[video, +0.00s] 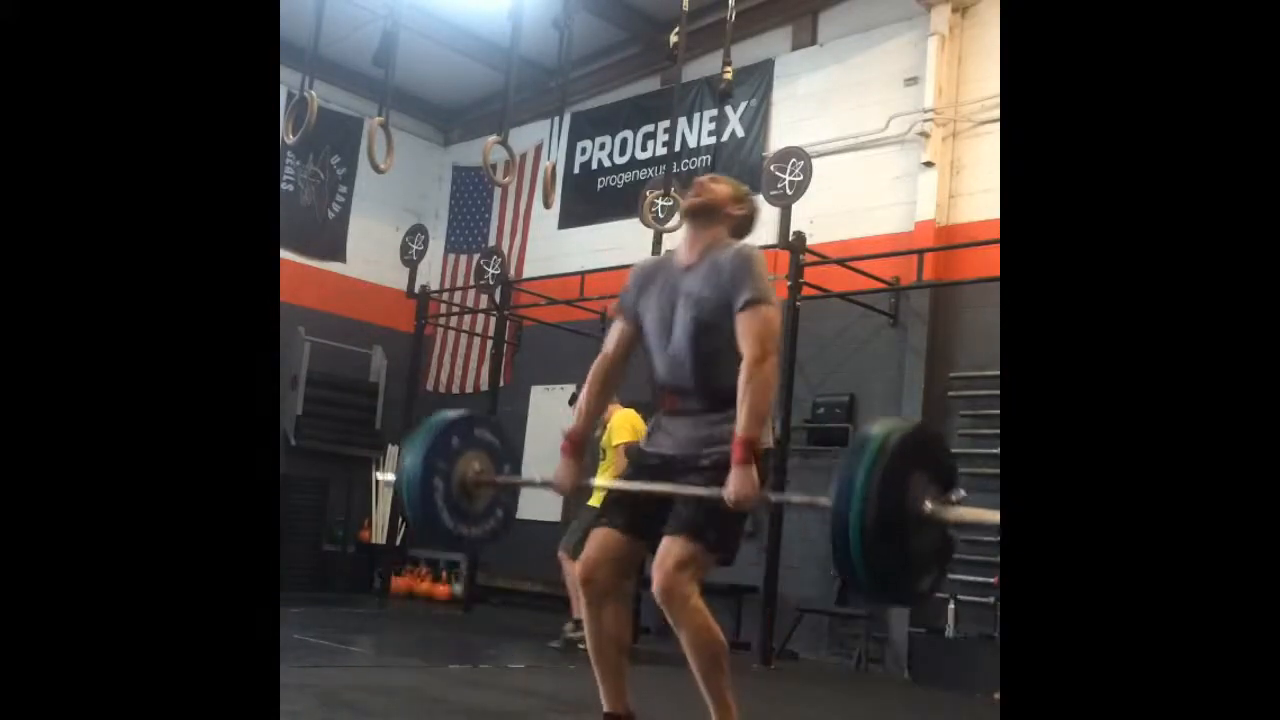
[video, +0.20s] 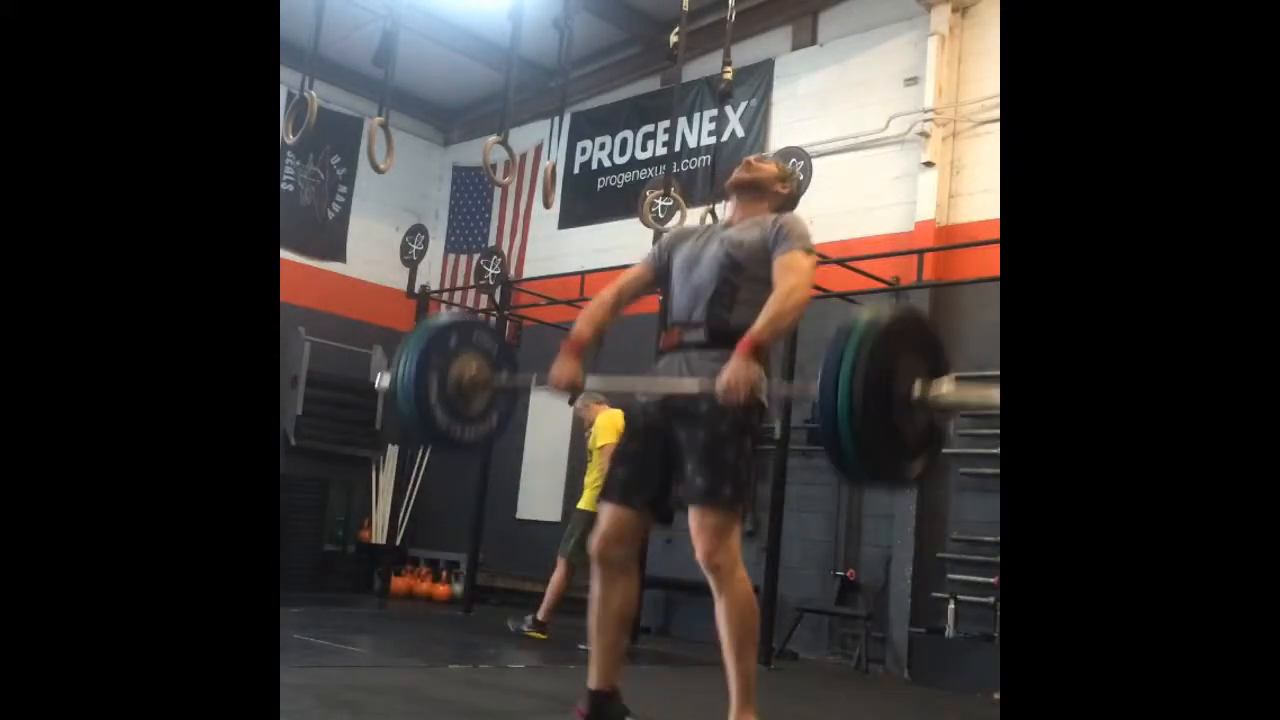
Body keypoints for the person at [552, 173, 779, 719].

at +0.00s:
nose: (700, 182)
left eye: (718, 182)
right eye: (697, 180)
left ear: (738, 210)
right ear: (685, 205)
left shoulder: (739, 261)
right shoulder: (648, 273)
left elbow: (759, 357)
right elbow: (610, 358)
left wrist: (744, 458)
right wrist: (576, 443)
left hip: (722, 446)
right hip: (660, 441)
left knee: (673, 580)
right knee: (596, 572)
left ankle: (725, 714)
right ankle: (616, 711)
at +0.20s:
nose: (748, 160)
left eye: (764, 160)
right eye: (748, 159)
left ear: (785, 187)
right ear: (730, 185)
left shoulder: (784, 224)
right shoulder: (684, 237)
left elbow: (794, 290)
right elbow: (613, 294)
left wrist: (749, 351)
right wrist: (572, 351)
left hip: (724, 392)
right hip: (658, 392)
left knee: (716, 551)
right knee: (610, 543)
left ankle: (742, 710)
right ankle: (601, 698)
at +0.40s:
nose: (713, 229)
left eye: (728, 220)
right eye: (709, 218)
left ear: (751, 235)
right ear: (699, 229)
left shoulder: (760, 300)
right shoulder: (673, 301)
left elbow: (837, 344)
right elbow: (628, 369)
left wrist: (784, 311)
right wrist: (601, 330)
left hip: (701, 467)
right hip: (630, 458)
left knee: (699, 598)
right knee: (532, 590)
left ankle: (751, 714)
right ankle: (543, 707)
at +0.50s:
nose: (672, 243)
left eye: (690, 234)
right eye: (673, 235)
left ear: (721, 255)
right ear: (666, 255)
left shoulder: (736, 329)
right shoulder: (641, 335)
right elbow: (581, 406)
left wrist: (765, 346)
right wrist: (583, 340)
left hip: (699, 499)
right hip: (625, 500)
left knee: (692, 609)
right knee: (511, 603)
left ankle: (749, 716)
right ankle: (539, 707)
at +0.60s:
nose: (665, 256)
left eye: (681, 248)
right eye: (666, 248)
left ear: (716, 261)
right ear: (665, 263)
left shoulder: (734, 341)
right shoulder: (636, 338)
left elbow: (695, 395)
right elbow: (558, 381)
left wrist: (743, 337)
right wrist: (583, 322)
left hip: (698, 497)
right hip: (625, 499)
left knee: (693, 612)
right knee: (508, 603)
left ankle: (748, 716)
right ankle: (539, 709)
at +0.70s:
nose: (670, 267)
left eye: (686, 258)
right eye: (669, 260)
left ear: (721, 269)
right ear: (665, 273)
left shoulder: (737, 343)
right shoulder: (640, 344)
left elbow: (695, 390)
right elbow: (562, 382)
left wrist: (746, 334)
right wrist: (586, 327)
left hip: (704, 502)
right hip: (632, 504)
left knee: (691, 612)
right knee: (511, 605)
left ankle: (748, 716)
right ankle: (539, 709)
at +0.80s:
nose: (677, 261)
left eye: (692, 251)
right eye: (675, 254)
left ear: (725, 263)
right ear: (672, 269)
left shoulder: (739, 337)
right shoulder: (647, 336)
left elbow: (695, 376)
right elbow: (566, 371)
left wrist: (750, 324)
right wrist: (594, 322)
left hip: (711, 496)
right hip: (639, 499)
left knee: (700, 605)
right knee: (522, 601)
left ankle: (752, 715)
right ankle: (541, 709)